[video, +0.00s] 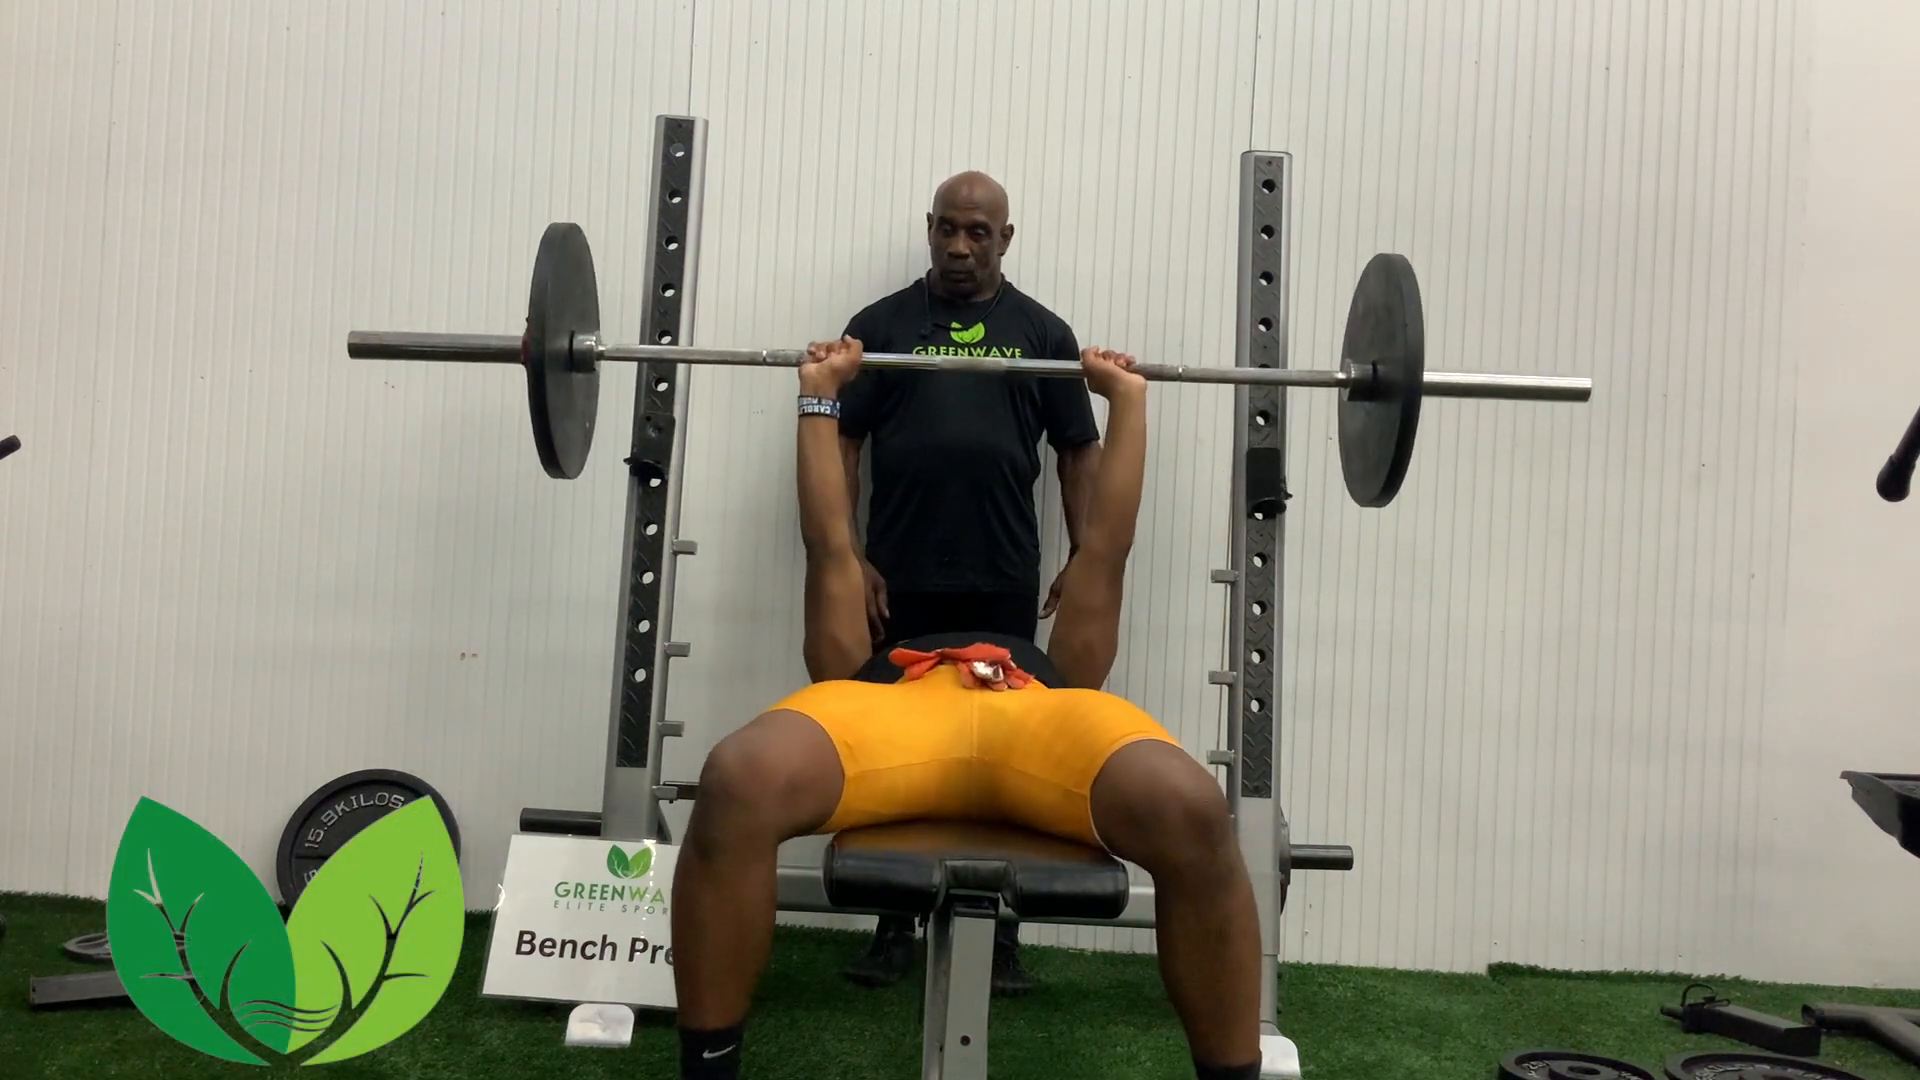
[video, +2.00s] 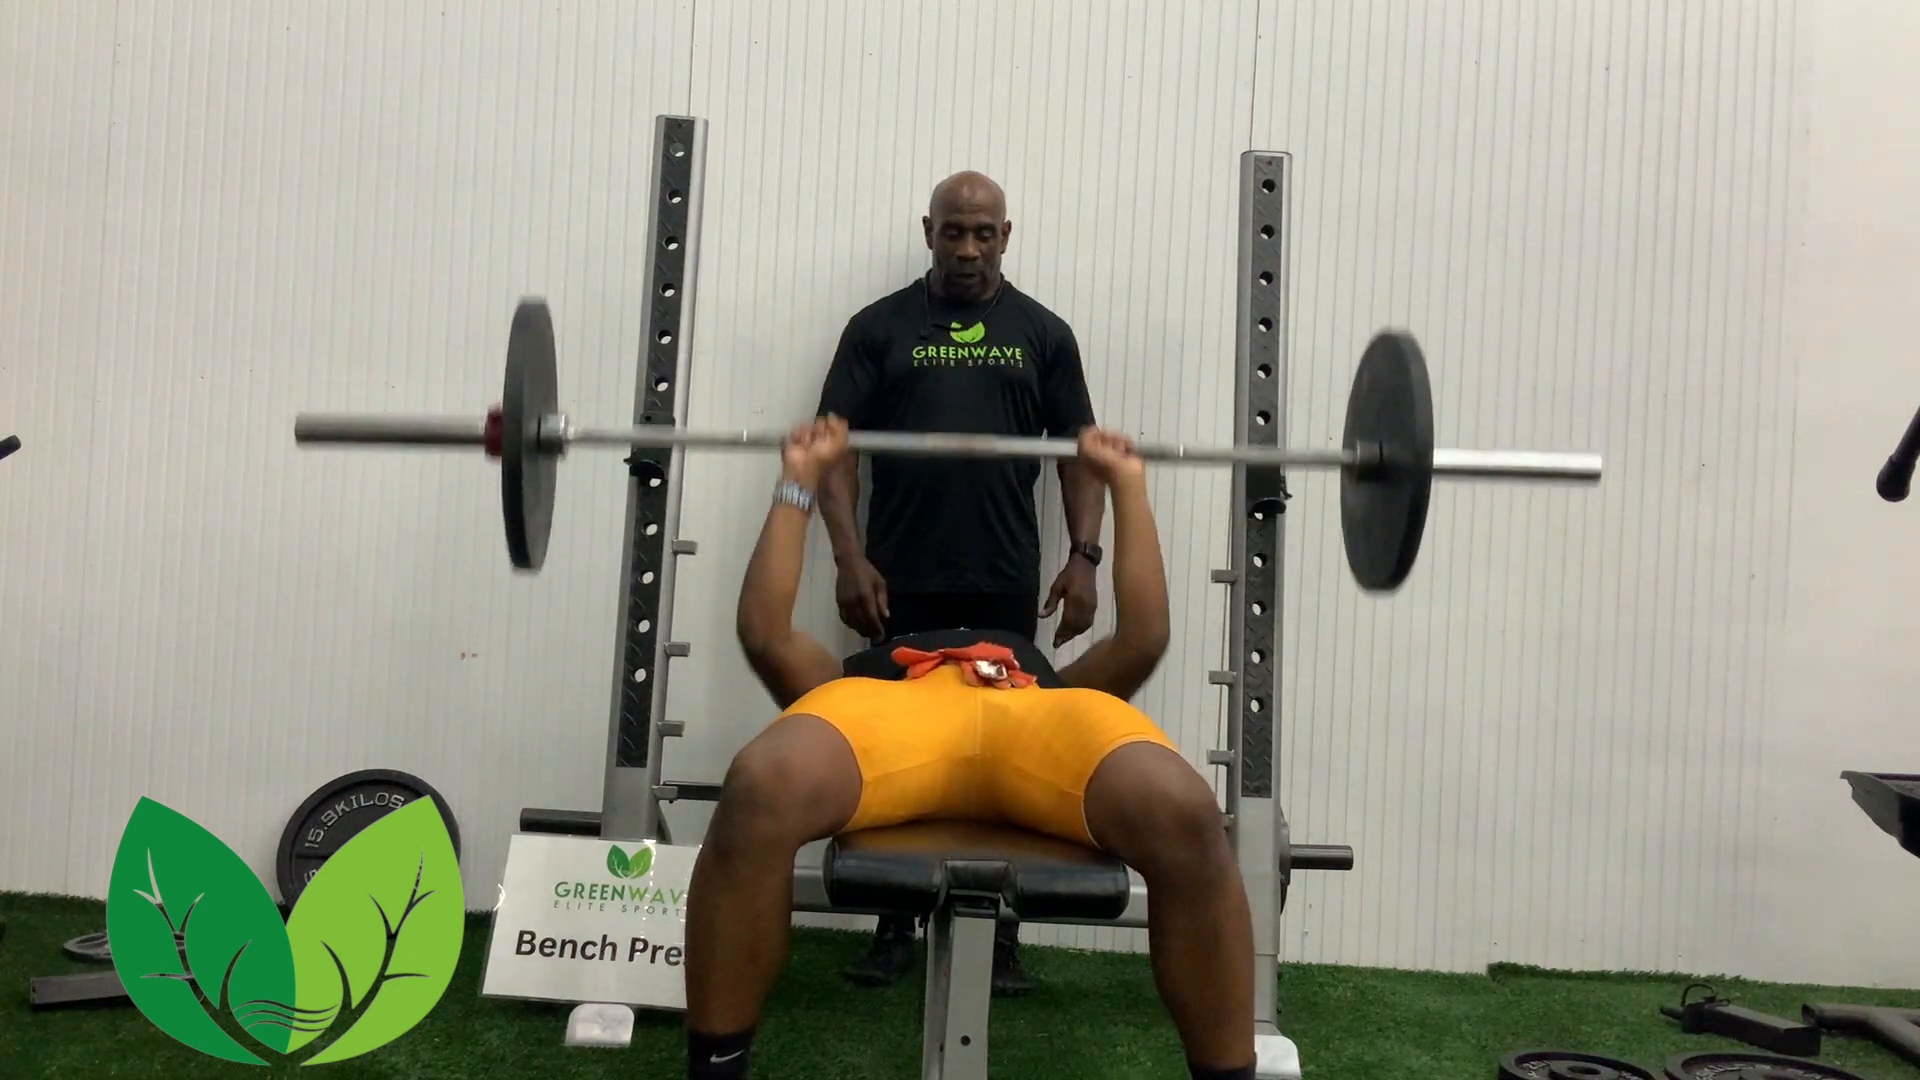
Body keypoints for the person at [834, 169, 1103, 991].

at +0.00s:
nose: (959, 246)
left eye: (977, 232)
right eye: (946, 229)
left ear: (1006, 241)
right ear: (928, 233)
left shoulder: (1045, 337)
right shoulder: (875, 330)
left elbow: (1078, 460)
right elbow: (845, 456)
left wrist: (1082, 560)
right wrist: (849, 558)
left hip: (1007, 579)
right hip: (899, 573)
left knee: (1011, 752)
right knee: (891, 744)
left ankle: (999, 927)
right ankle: (897, 917)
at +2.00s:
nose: (970, 248)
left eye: (986, 234)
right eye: (955, 233)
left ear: (1007, 240)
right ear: (929, 236)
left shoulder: (1044, 335)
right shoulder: (876, 332)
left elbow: (1077, 457)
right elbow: (835, 454)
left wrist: (1083, 556)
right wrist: (850, 558)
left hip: (1008, 585)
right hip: (903, 583)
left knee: (1012, 752)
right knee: (890, 748)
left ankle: (998, 929)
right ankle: (896, 918)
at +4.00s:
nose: (966, 244)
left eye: (983, 230)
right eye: (951, 228)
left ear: (1004, 238)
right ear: (927, 233)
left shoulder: (1041, 334)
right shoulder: (877, 330)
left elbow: (1077, 457)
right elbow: (842, 453)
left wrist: (1084, 556)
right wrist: (848, 556)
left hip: (1008, 584)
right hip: (899, 578)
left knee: (1013, 753)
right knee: (889, 747)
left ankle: (1000, 929)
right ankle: (896, 919)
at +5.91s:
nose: (968, 243)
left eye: (985, 230)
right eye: (953, 228)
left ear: (1005, 239)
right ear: (926, 233)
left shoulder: (1042, 336)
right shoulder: (875, 331)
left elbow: (1078, 453)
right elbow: (836, 455)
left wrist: (1083, 557)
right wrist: (849, 560)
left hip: (1005, 588)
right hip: (901, 586)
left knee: (1012, 756)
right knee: (892, 754)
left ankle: (1000, 930)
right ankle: (895, 923)